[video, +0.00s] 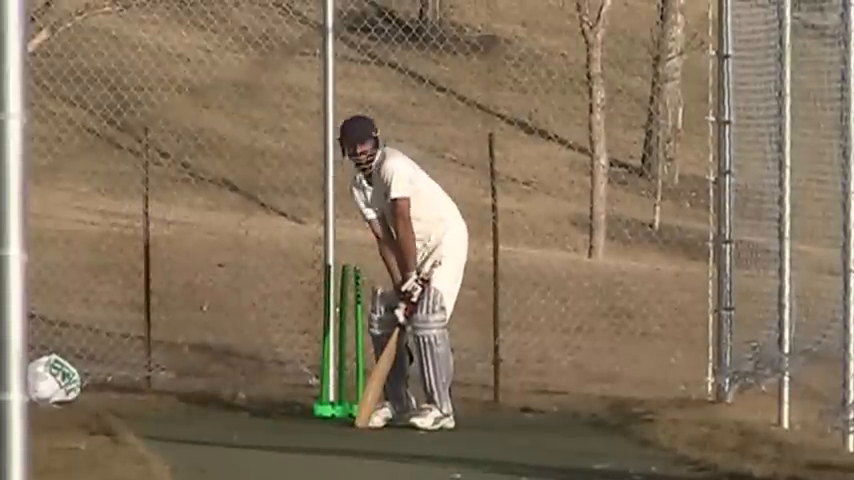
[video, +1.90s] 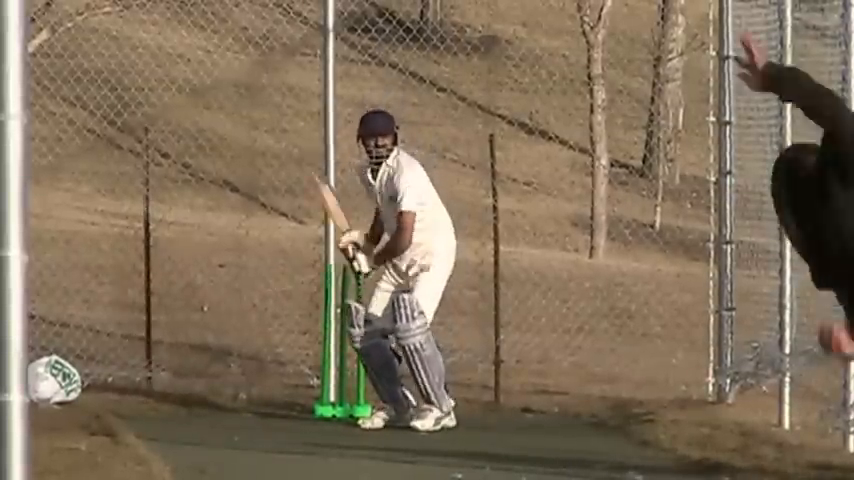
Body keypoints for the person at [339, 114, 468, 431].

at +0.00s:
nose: (362, 154)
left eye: (367, 146)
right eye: (354, 149)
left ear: (377, 141)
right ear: (345, 152)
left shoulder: (393, 167)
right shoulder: (359, 185)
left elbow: (403, 221)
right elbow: (383, 238)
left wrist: (411, 276)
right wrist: (401, 285)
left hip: (444, 241)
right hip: (411, 249)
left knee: (428, 321)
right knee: (385, 321)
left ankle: (440, 408)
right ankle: (397, 404)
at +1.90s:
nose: (377, 146)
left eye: (384, 139)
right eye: (370, 140)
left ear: (395, 139)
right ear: (361, 142)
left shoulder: (406, 173)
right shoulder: (369, 172)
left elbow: (404, 238)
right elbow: (382, 212)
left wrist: (374, 260)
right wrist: (366, 243)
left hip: (431, 257)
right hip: (397, 258)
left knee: (411, 327)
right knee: (369, 330)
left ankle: (439, 406)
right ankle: (397, 405)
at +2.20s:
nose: (410, 149)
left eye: (416, 142)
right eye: (402, 144)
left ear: (425, 142)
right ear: (392, 146)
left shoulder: (443, 168)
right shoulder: (384, 182)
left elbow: (434, 221)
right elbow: (390, 237)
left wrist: (391, 254)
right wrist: (372, 258)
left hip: (439, 271)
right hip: (397, 271)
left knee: (449, 324)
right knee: (360, 331)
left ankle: (445, 407)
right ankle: (381, 394)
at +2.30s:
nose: (416, 148)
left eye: (422, 141)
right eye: (408, 142)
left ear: (431, 138)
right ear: (396, 142)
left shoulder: (441, 147)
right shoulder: (402, 178)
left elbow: (463, 176)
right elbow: (431, 225)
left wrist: (480, 218)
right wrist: (467, 241)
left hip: (448, 256)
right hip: (409, 259)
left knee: (461, 322)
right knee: (390, 329)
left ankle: (450, 401)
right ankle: (362, 394)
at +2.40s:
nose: (428, 150)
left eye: (434, 142)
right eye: (420, 144)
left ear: (439, 139)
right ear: (404, 143)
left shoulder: (442, 147)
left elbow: (483, 180)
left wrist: (526, 205)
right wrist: (533, 199)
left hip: (444, 252)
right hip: (413, 258)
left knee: (462, 324)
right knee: (404, 345)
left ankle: (450, 406)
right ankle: (365, 392)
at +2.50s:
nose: (456, 139)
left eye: (456, 133)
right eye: (451, 134)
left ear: (435, 133)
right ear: (434, 135)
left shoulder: (435, 152)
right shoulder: (429, 165)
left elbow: (478, 153)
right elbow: (485, 166)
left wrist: (521, 140)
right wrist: (524, 139)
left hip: (450, 251)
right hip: (423, 255)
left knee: (470, 326)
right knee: (412, 339)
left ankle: (451, 406)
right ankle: (368, 386)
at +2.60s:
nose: (482, 122)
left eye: (481, 115)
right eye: (478, 115)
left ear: (447, 116)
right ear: (465, 117)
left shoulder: (428, 140)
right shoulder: (463, 151)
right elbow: (499, 146)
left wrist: (498, 109)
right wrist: (502, 112)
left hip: (450, 246)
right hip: (431, 247)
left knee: (473, 326)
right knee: (422, 339)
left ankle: (448, 404)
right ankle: (365, 380)